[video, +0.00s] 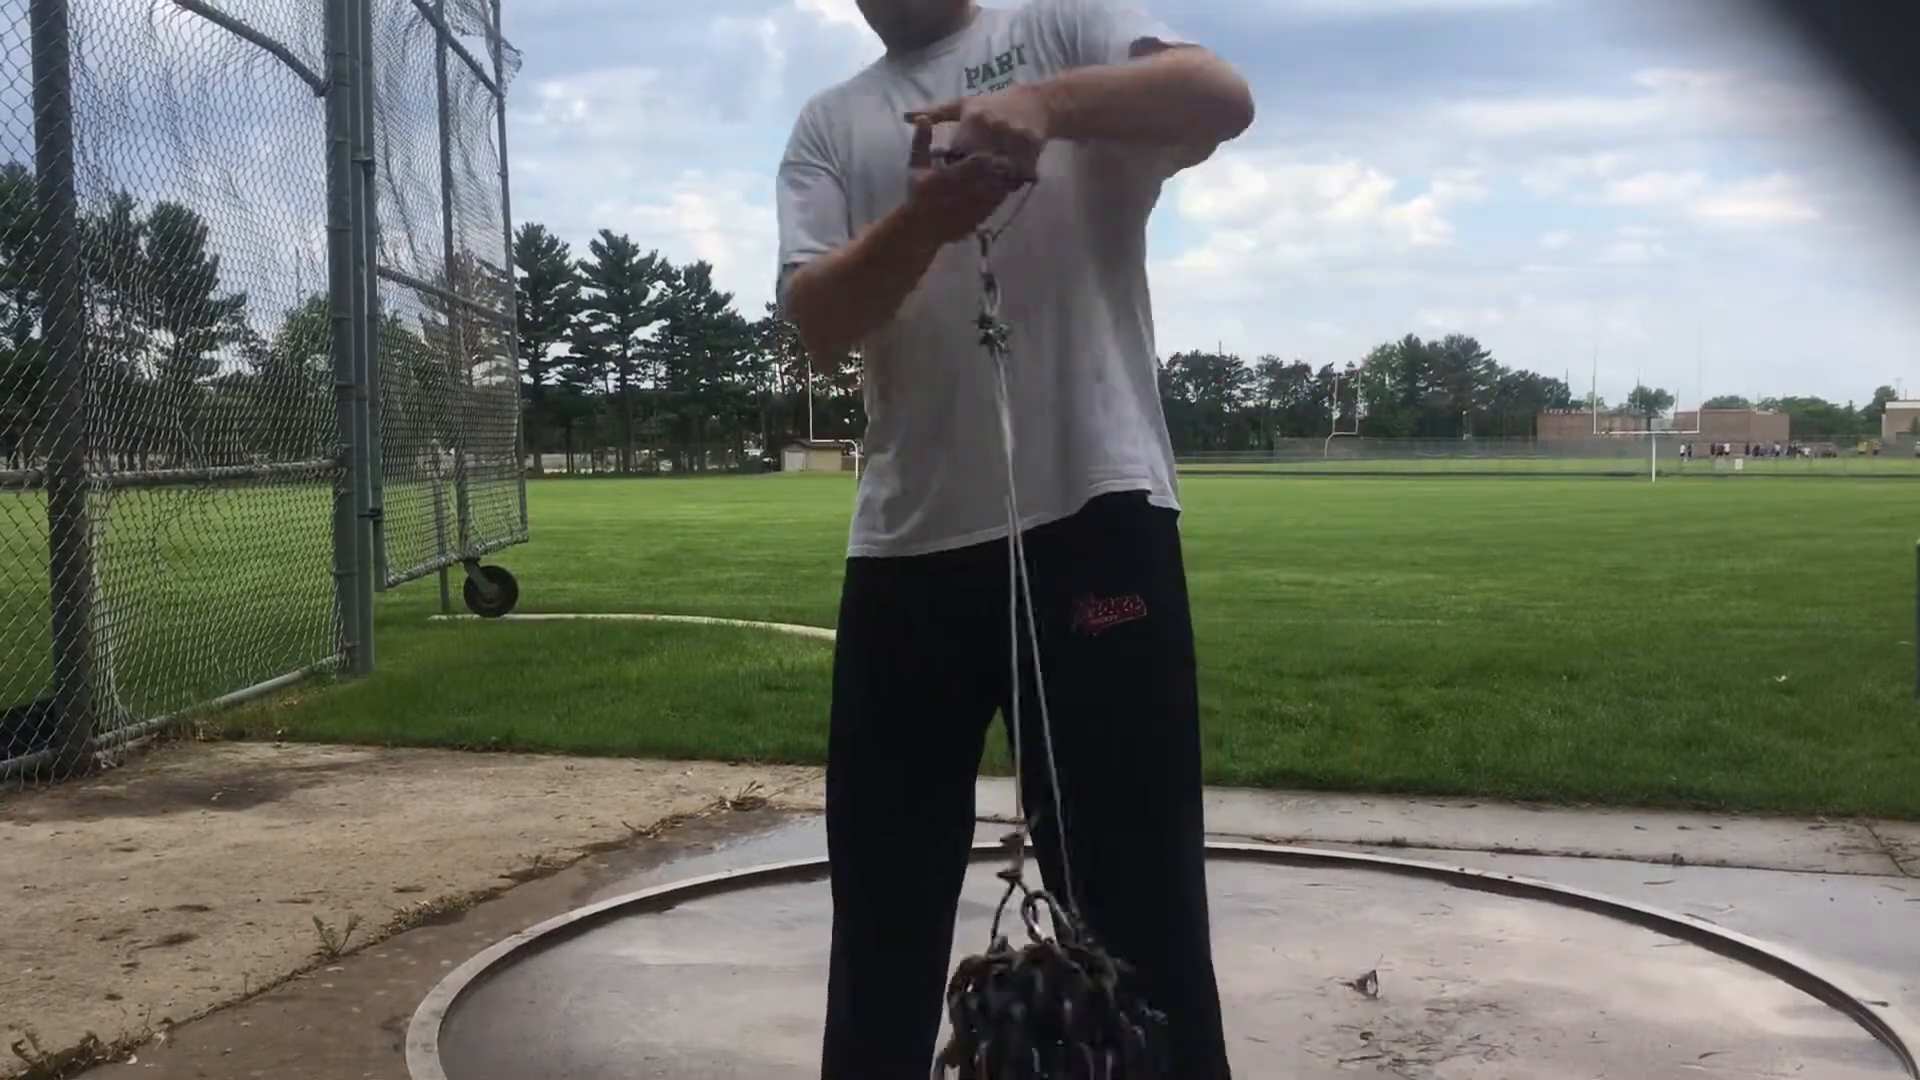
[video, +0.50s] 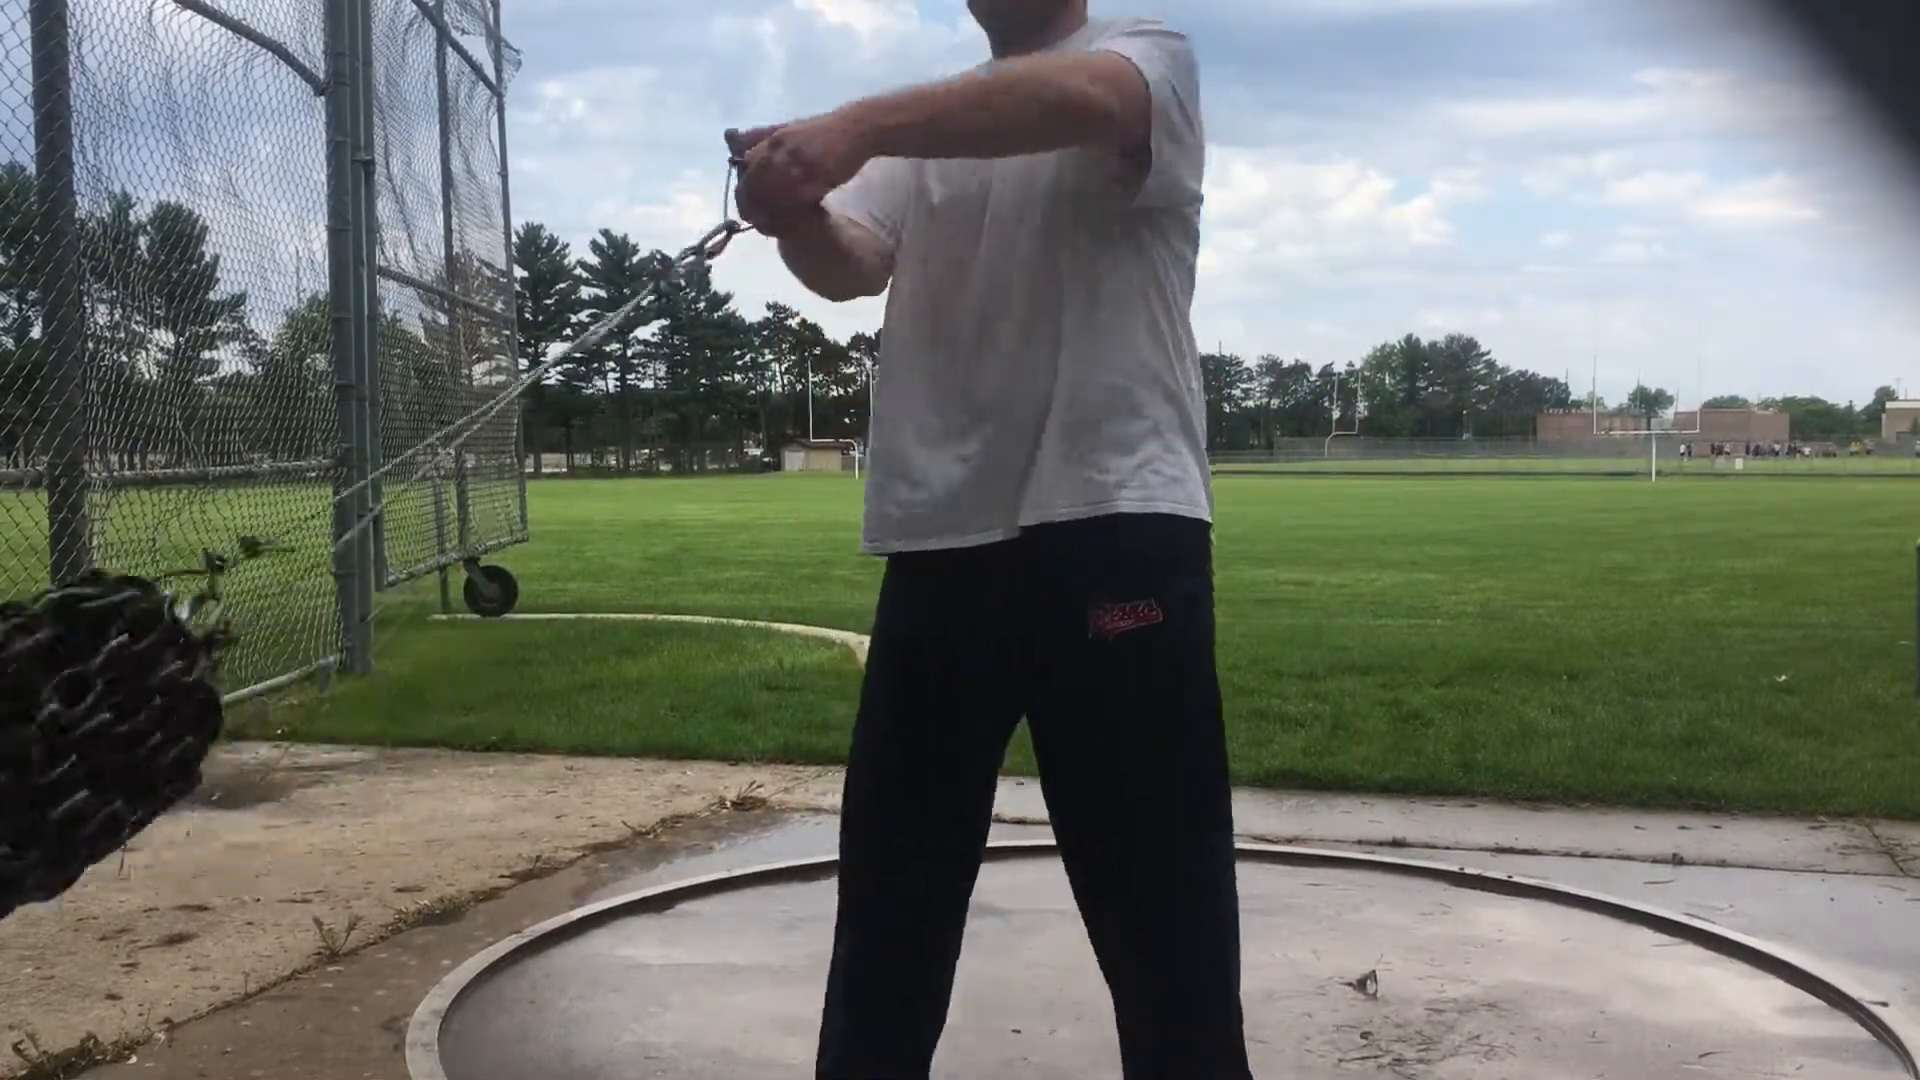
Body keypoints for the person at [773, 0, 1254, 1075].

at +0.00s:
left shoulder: (1071, 34)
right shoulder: (829, 123)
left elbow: (1222, 98)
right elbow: (816, 329)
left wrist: (1045, 103)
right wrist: (923, 218)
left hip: (1098, 511)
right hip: (911, 540)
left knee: (1140, 894)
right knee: (884, 911)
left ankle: (1172, 1069)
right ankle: (871, 1078)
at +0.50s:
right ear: (977, 4)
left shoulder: (1148, 56)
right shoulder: (928, 133)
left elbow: (1090, 99)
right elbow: (855, 265)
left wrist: (861, 127)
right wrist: (797, 221)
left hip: (1114, 528)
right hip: (938, 544)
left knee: (1162, 918)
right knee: (890, 910)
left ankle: (1189, 1067)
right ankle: (864, 1070)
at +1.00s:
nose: (1028, 3)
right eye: (1032, 6)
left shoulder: (1151, 60)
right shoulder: (1023, 146)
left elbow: (912, 115)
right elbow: (974, 337)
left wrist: (784, 232)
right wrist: (845, 275)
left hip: (1109, 519)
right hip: (976, 537)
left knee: (1129, 867)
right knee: (966, 858)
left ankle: (1169, 1067)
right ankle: (952, 1060)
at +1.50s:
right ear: (1041, 5)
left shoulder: (917, 28)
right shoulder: (1059, 114)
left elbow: (721, 151)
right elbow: (937, 298)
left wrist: (724, 231)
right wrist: (773, 237)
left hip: (943, 483)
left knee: (1018, 822)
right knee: (906, 830)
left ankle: (1176, 1066)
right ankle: (923, 1062)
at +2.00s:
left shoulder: (1047, 58)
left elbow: (800, 166)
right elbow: (885, 295)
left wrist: (661, 230)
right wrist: (714, 260)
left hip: (1050, 515)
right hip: (928, 537)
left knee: (1094, 860)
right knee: (914, 868)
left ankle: (1161, 1061)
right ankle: (921, 1062)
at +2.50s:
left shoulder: (1309, 112)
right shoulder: (1061, 95)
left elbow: (1230, 234)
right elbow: (992, 211)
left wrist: (1038, 291)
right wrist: (967, 305)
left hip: (1210, 532)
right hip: (1032, 524)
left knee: (1194, 880)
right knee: (964, 866)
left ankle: (1200, 1076)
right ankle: (924, 1071)